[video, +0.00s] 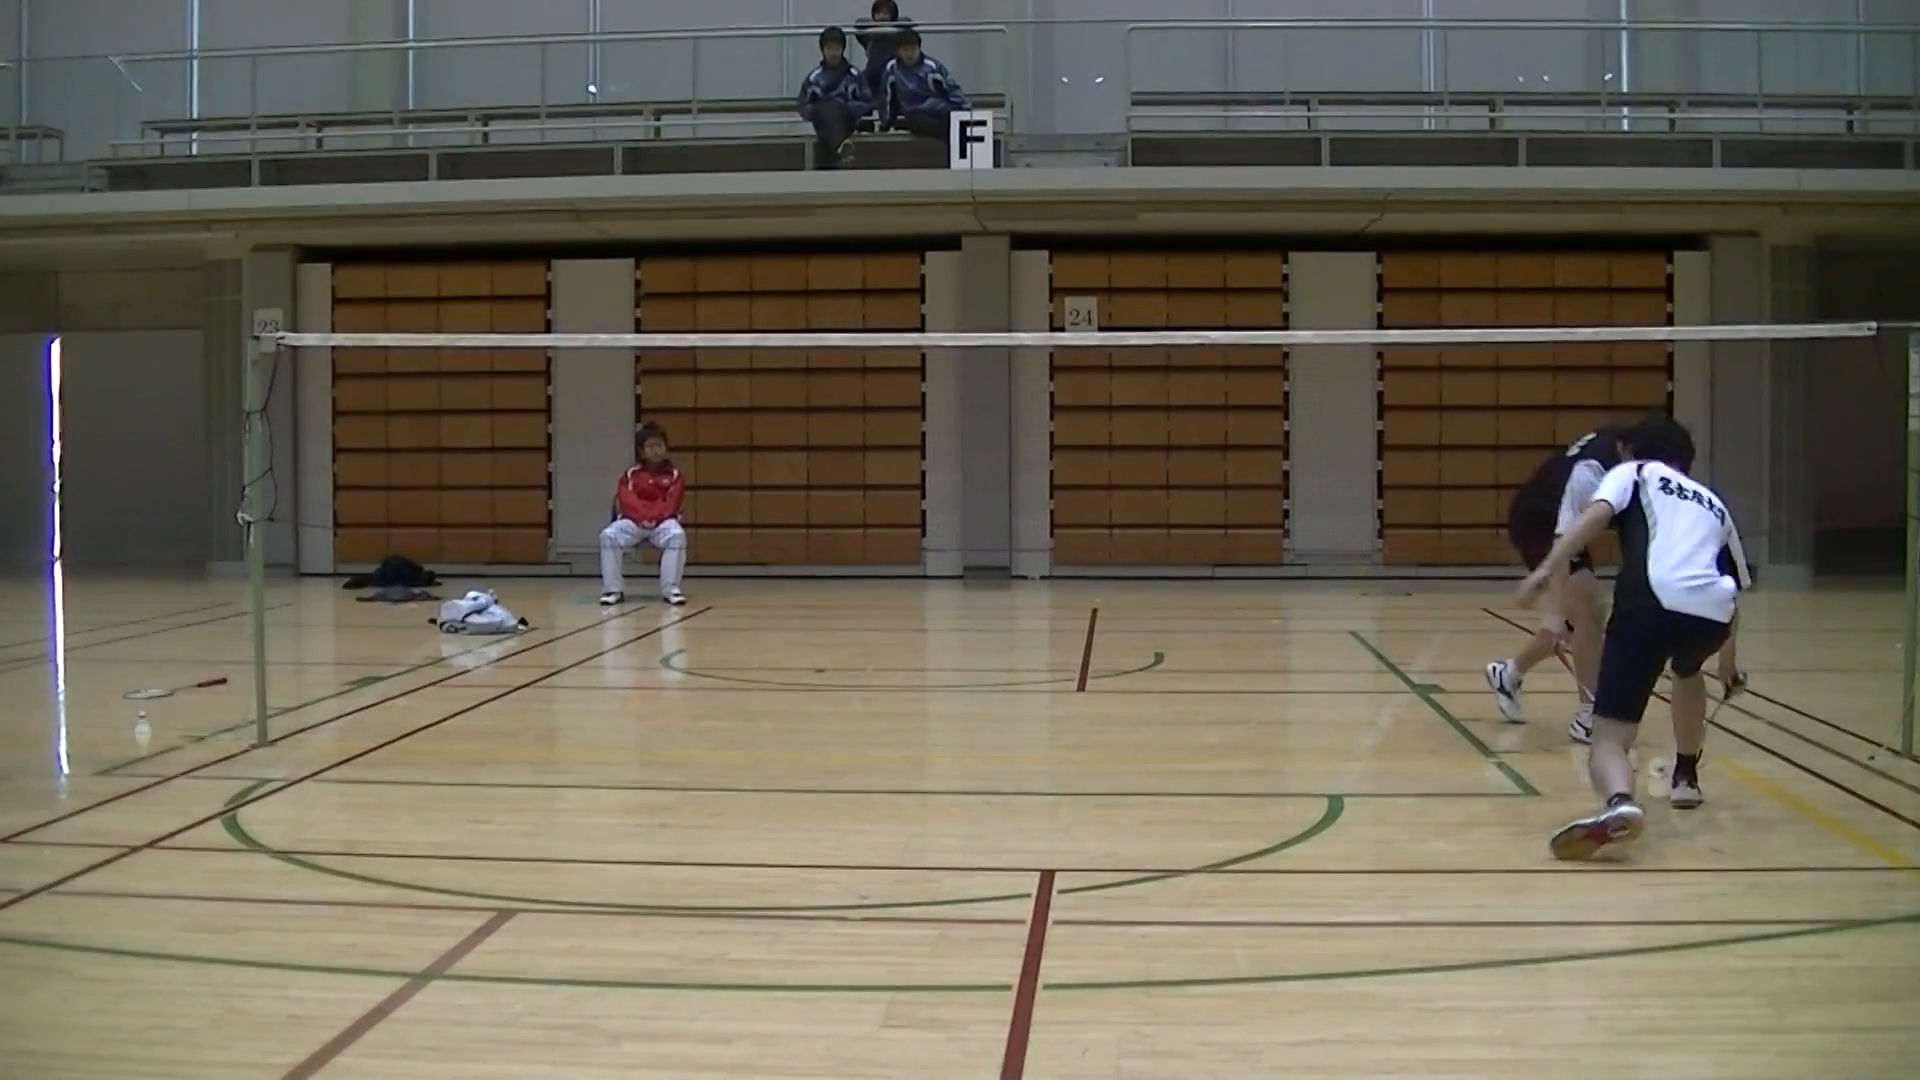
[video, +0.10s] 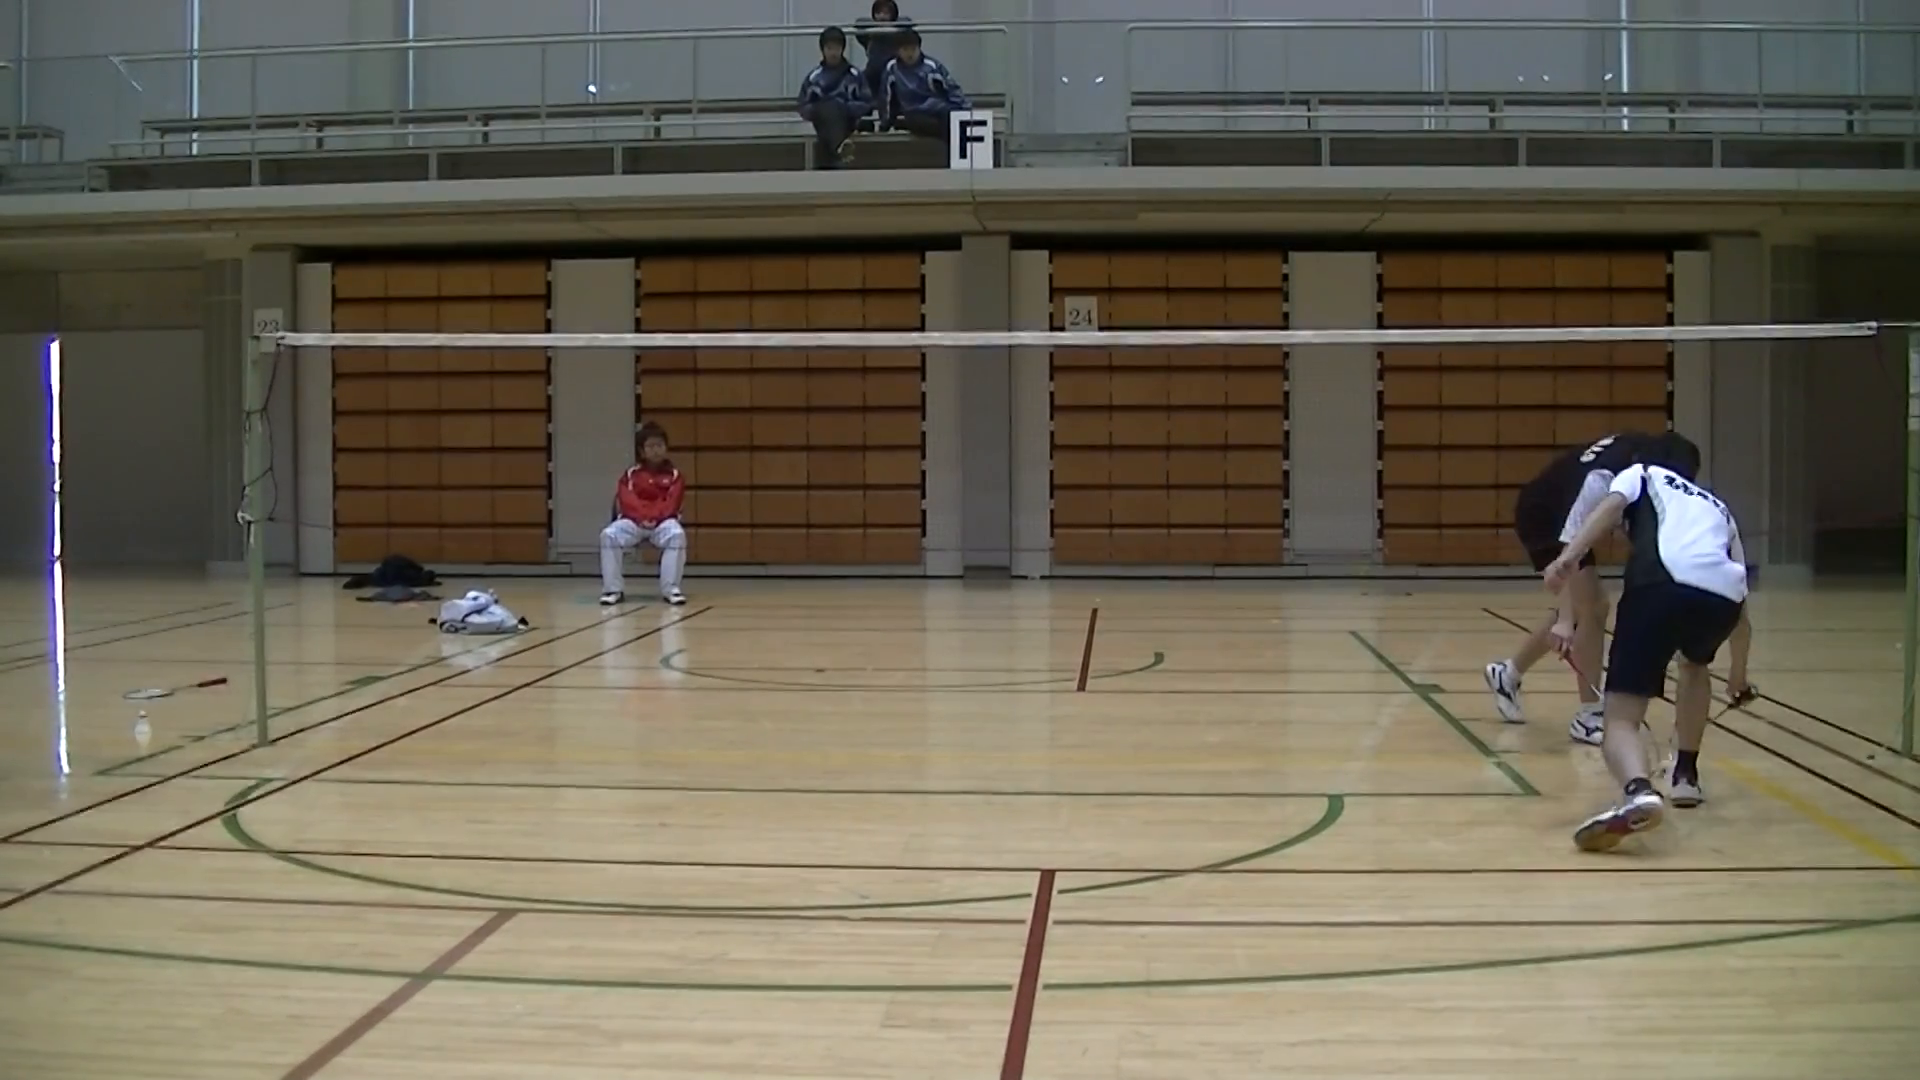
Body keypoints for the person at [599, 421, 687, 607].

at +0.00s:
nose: (656, 450)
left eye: (659, 445)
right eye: (650, 446)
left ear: (666, 448)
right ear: (641, 451)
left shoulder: (674, 475)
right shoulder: (631, 474)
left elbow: (672, 504)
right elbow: (626, 501)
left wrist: (655, 518)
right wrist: (642, 517)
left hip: (662, 521)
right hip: (634, 521)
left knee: (677, 536)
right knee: (608, 536)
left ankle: (671, 588)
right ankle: (613, 591)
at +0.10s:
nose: (655, 450)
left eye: (659, 445)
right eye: (650, 446)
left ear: (666, 448)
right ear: (641, 450)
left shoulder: (674, 475)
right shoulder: (631, 474)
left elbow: (672, 504)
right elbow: (626, 500)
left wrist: (655, 518)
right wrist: (642, 517)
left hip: (662, 521)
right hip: (634, 521)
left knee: (677, 536)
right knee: (609, 536)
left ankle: (671, 588)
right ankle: (613, 590)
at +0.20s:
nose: (656, 450)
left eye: (660, 445)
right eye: (650, 446)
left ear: (666, 448)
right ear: (641, 450)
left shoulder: (674, 475)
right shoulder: (631, 474)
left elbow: (672, 504)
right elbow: (626, 500)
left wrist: (654, 518)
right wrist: (642, 516)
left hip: (662, 521)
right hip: (633, 520)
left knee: (677, 535)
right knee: (609, 535)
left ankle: (671, 588)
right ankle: (613, 590)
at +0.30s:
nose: (656, 450)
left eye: (660, 445)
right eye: (650, 446)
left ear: (666, 448)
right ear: (641, 450)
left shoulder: (675, 475)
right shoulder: (631, 474)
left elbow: (672, 504)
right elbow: (626, 501)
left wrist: (654, 518)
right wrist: (642, 517)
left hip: (662, 521)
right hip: (633, 520)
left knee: (677, 536)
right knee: (609, 536)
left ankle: (671, 588)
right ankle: (613, 590)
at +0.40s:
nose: (656, 450)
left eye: (660, 445)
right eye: (650, 446)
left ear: (666, 448)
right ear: (642, 450)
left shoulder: (675, 476)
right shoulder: (631, 474)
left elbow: (671, 505)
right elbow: (626, 501)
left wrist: (654, 518)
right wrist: (643, 517)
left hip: (662, 521)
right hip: (633, 521)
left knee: (677, 536)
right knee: (609, 536)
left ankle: (671, 588)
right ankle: (613, 590)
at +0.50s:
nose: (656, 450)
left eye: (660, 445)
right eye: (651, 446)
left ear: (666, 448)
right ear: (642, 450)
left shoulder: (675, 476)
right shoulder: (631, 474)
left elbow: (672, 504)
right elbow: (626, 500)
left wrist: (654, 518)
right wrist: (642, 517)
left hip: (662, 521)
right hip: (633, 521)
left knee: (677, 536)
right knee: (609, 536)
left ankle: (671, 588)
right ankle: (614, 590)